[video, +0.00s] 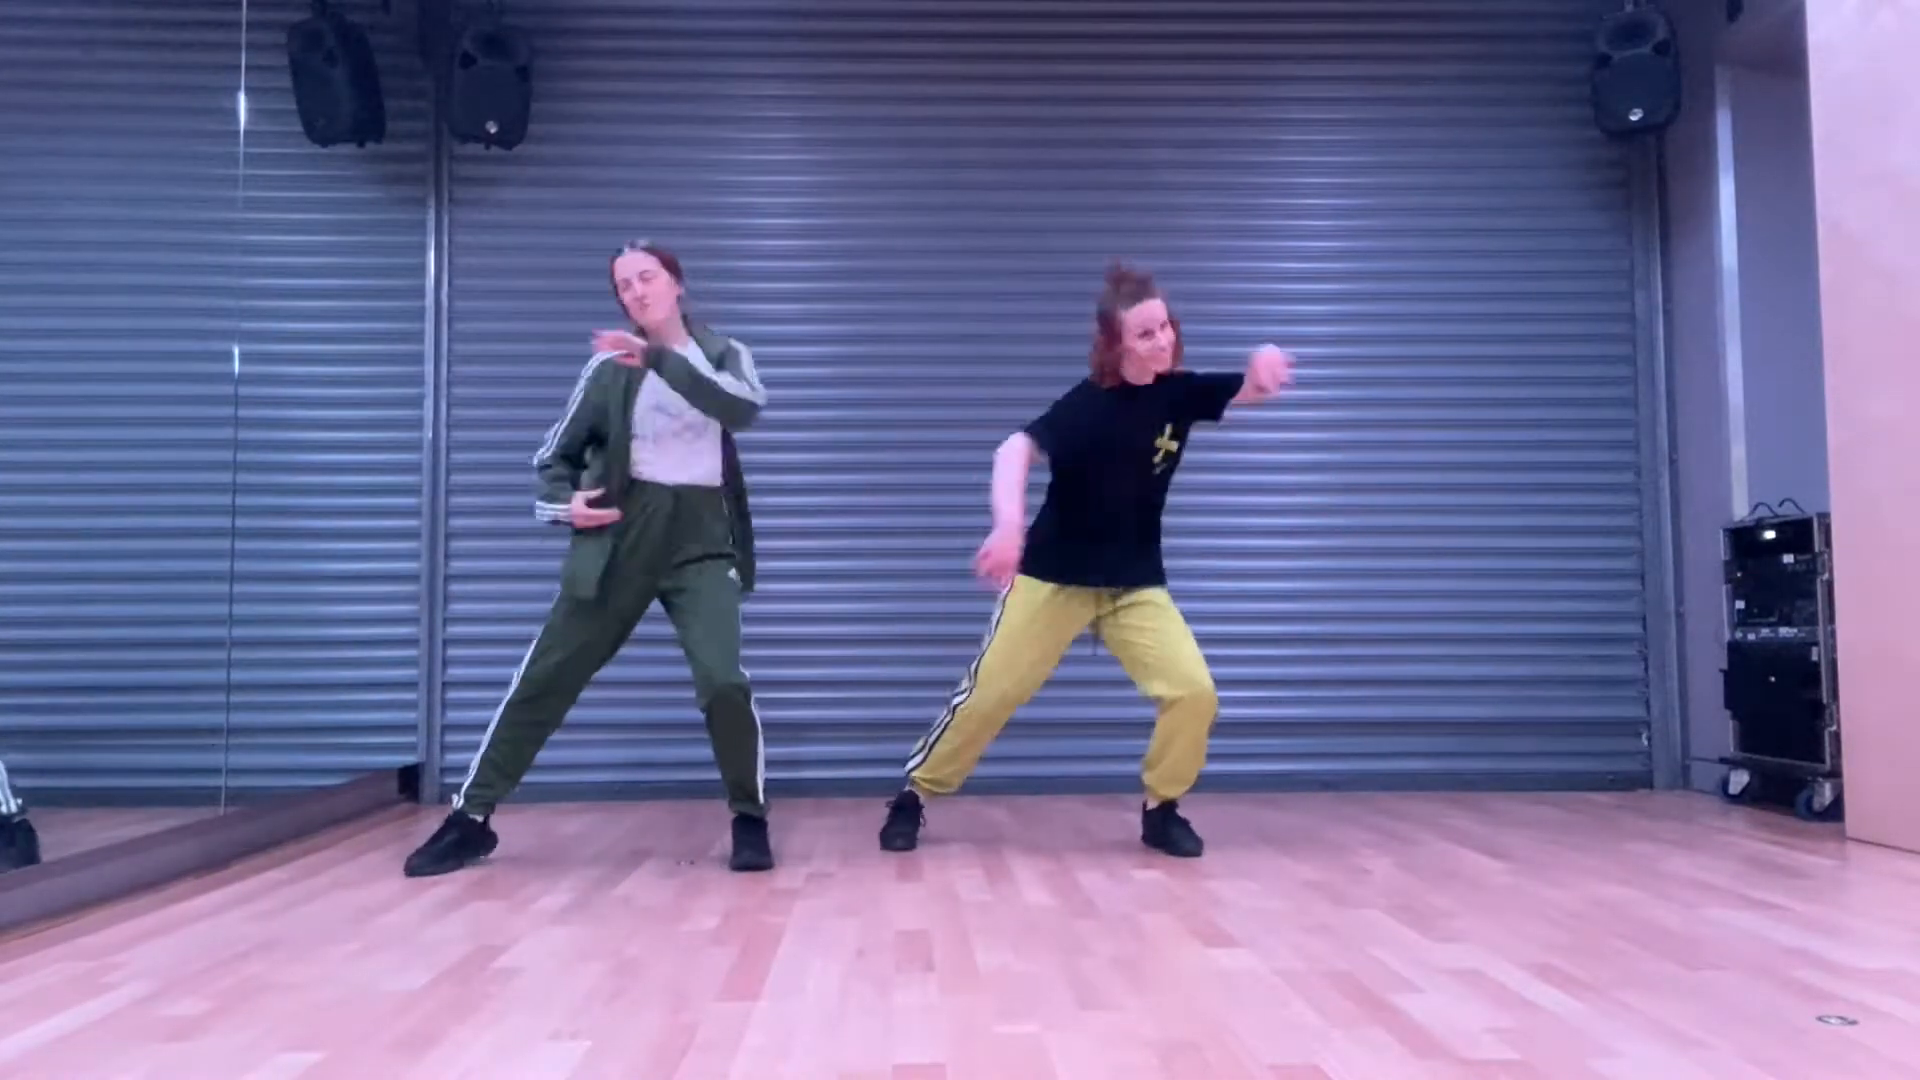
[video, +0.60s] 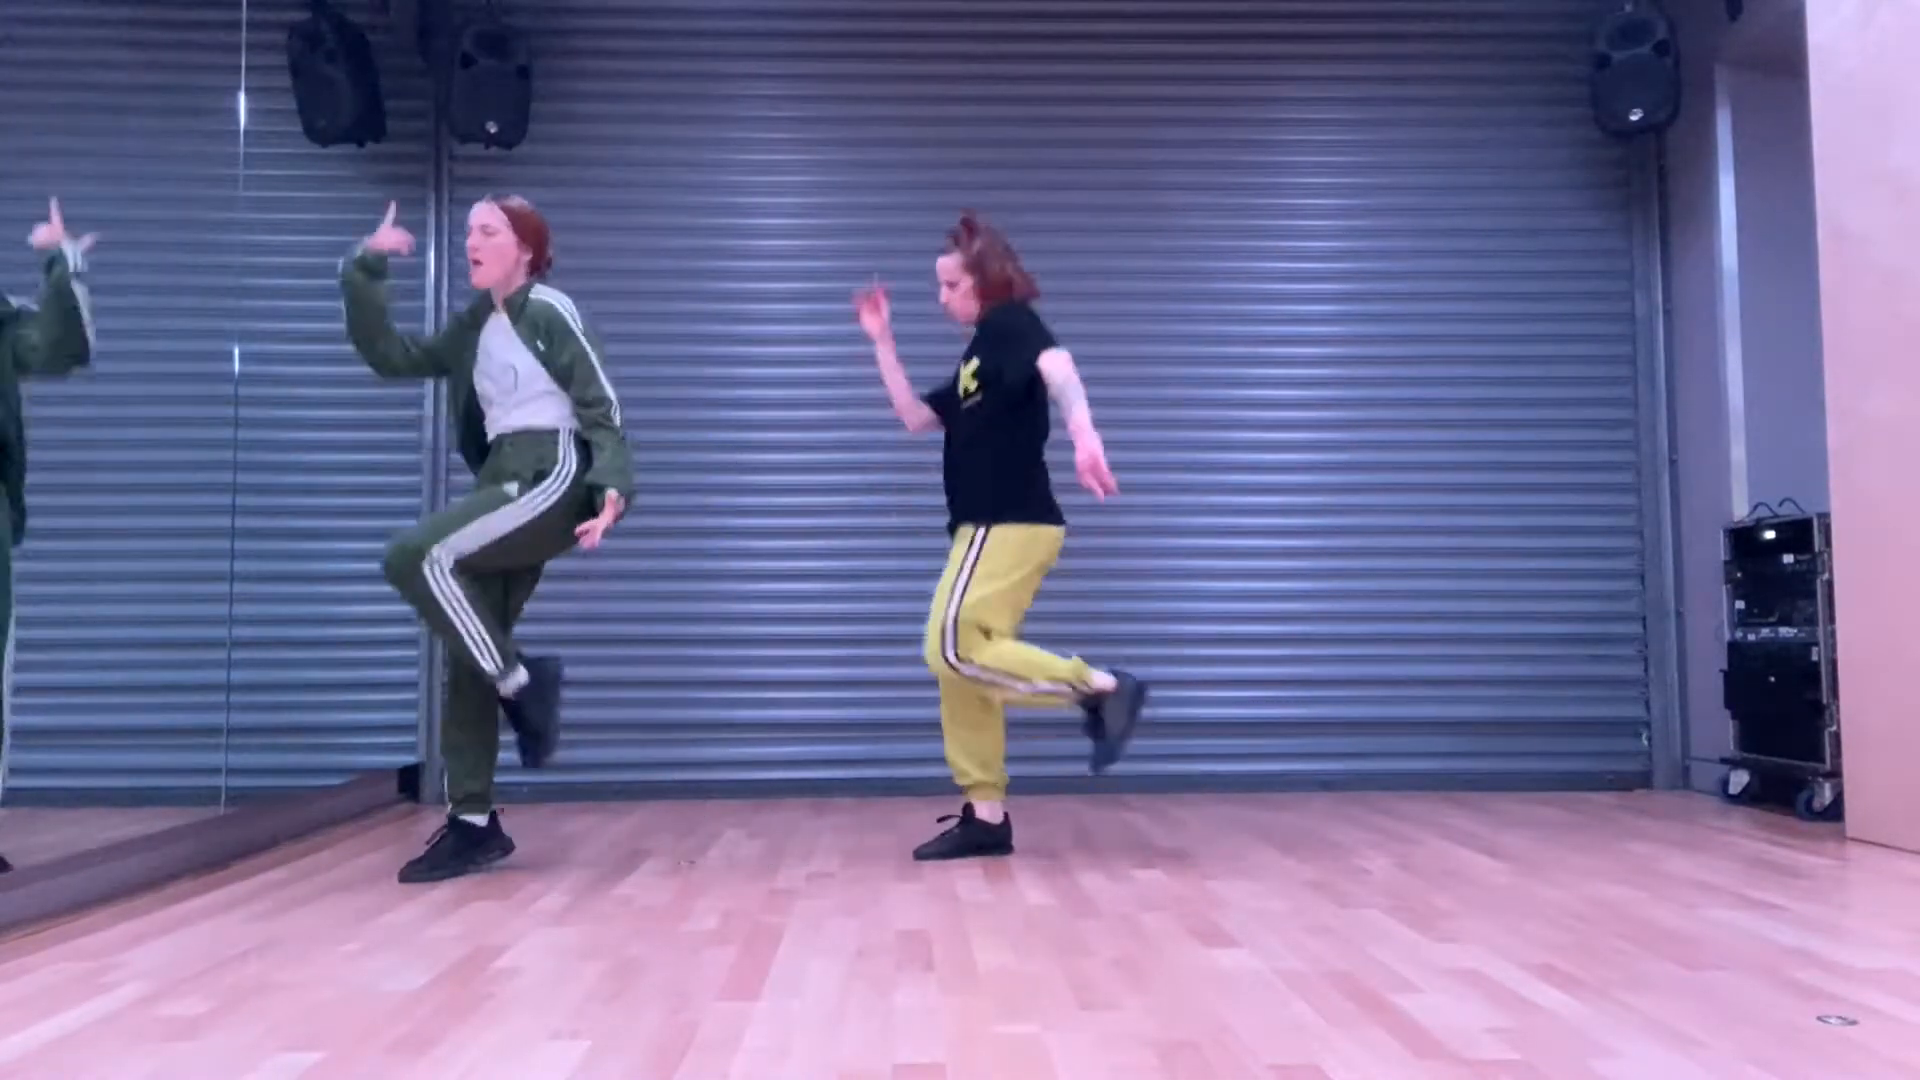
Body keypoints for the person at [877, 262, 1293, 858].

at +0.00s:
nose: (1162, 342)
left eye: (1165, 327)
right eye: (1145, 334)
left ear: (1174, 328)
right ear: (1115, 343)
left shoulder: (1181, 393)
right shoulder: (1089, 403)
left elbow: (1251, 390)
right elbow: (1014, 451)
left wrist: (1263, 368)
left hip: (1136, 586)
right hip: (1053, 583)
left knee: (1194, 693)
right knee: (991, 696)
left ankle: (1161, 810)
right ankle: (912, 797)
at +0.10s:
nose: (1121, 340)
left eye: (1117, 329)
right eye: (1102, 340)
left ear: (1127, 335)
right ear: (1078, 367)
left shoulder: (1154, 395)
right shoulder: (1062, 429)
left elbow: (1185, 358)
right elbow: (985, 496)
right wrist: (971, 585)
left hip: (1143, 586)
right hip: (1055, 584)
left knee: (1193, 692)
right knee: (983, 683)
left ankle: (1164, 810)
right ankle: (941, 803)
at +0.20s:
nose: (1005, 347)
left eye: (1006, 336)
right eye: (993, 355)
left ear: (1036, 336)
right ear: (1003, 384)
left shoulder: (1107, 376)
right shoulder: (1018, 444)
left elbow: (1049, 414)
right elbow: (1015, 531)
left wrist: (969, 441)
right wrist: (1015, 602)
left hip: (1143, 578)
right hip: (1058, 579)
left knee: (1187, 694)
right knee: (984, 673)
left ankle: (1173, 808)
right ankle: (980, 816)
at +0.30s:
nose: (946, 352)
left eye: (956, 343)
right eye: (950, 343)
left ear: (986, 357)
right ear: (990, 360)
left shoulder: (1039, 394)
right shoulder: (1011, 411)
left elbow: (981, 475)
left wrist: (927, 532)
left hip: (1123, 579)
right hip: (1051, 577)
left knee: (1145, 709)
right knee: (971, 668)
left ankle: (1188, 803)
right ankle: (985, 817)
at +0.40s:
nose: (938, 332)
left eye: (950, 326)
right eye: (944, 322)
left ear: (979, 344)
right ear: (986, 347)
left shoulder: (995, 399)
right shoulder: (989, 399)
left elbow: (999, 500)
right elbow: (1020, 506)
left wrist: (1002, 573)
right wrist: (986, 562)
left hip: (1079, 586)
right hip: (1028, 583)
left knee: (1087, 739)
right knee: (955, 674)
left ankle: (1207, 790)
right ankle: (985, 818)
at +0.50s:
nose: (943, 331)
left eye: (953, 320)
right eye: (944, 319)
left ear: (987, 324)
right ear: (971, 323)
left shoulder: (1001, 375)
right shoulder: (981, 382)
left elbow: (1041, 457)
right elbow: (967, 500)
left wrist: (1088, 532)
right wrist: (911, 473)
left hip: (1021, 569)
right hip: (991, 570)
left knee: (1032, 718)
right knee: (942, 675)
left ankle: (1179, 761)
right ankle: (984, 818)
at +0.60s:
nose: (941, 298)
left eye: (948, 286)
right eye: (940, 287)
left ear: (981, 282)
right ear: (964, 285)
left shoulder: (1012, 323)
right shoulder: (978, 361)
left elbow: (1059, 371)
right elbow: (914, 415)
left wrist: (1085, 441)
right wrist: (882, 339)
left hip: (1008, 524)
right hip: (993, 527)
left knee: (955, 651)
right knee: (962, 662)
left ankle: (1099, 690)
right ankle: (985, 817)